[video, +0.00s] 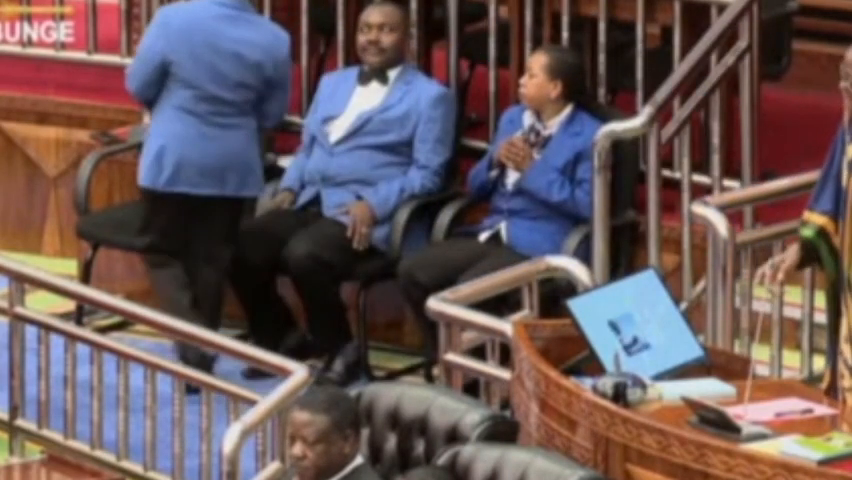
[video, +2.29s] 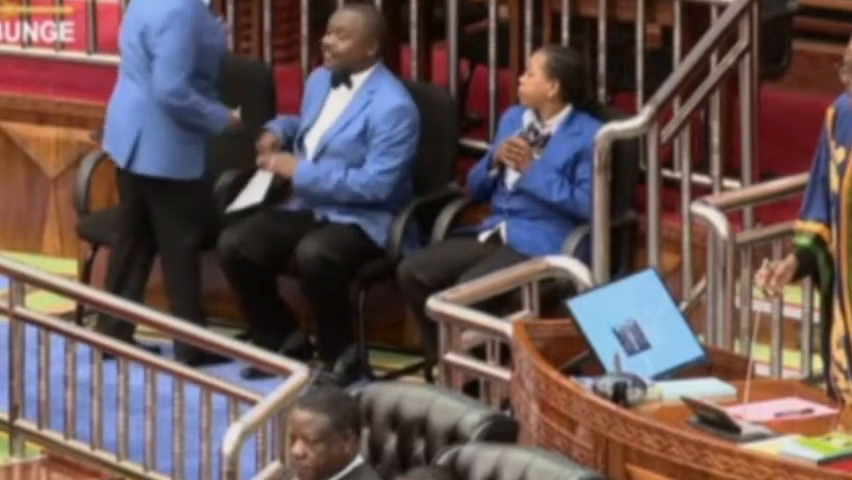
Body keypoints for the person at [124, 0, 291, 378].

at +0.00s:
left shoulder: (173, 19)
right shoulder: (274, 38)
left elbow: (141, 84)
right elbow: (272, 112)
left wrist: (168, 108)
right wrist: (241, 134)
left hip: (173, 160)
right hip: (236, 165)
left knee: (162, 252)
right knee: (212, 266)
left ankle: (190, 340)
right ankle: (198, 367)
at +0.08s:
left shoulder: (166, 14)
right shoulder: (267, 35)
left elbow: (134, 81)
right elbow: (267, 110)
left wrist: (166, 104)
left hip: (163, 159)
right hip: (226, 166)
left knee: (152, 253)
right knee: (206, 261)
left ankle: (160, 356)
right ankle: (197, 366)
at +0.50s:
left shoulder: (113, 10)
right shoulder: (214, 26)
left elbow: (102, 74)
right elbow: (231, 103)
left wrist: (141, 81)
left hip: (126, 150)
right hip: (186, 158)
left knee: (135, 244)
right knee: (191, 252)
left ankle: (128, 353)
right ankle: (193, 366)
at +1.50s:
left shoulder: (152, 3)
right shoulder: (250, 26)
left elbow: (124, 50)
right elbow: (246, 109)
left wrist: (159, 69)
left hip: (138, 129)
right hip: (199, 141)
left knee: (137, 237)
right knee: (197, 246)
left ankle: (128, 349)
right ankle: (191, 349)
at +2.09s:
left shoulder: (146, 4)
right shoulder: (215, 17)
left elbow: (133, 50)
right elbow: (212, 100)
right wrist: (247, 118)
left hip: (131, 126)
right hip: (180, 139)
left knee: (136, 235)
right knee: (191, 244)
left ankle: (114, 333)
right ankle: (190, 344)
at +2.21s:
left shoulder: (145, 6)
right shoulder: (181, 11)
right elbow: (170, 88)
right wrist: (222, 117)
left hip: (132, 137)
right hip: (167, 145)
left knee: (134, 242)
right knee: (181, 247)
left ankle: (113, 333)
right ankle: (191, 343)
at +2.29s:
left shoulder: (145, 6)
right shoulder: (181, 11)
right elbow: (170, 88)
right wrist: (222, 117)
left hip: (132, 137)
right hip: (167, 145)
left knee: (134, 242)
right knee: (181, 248)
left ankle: (113, 333)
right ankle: (191, 343)